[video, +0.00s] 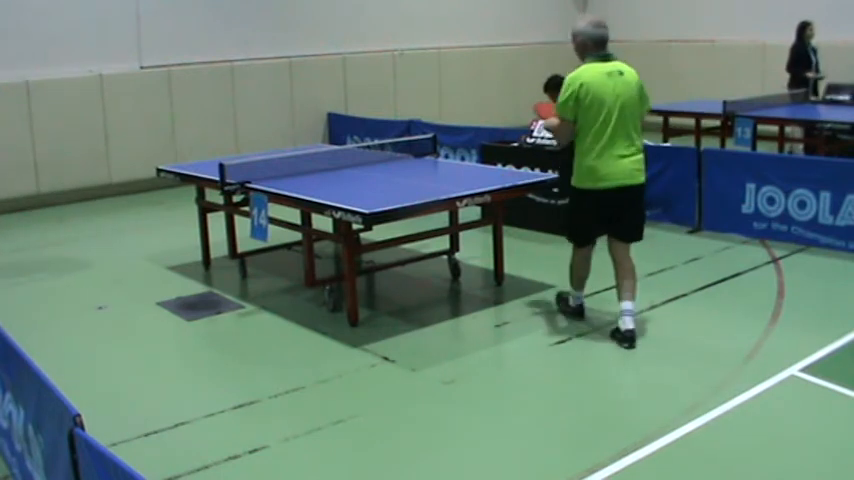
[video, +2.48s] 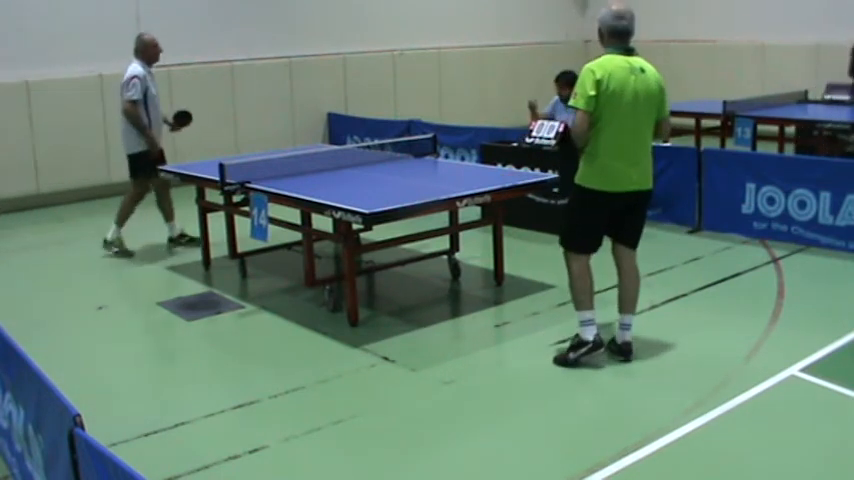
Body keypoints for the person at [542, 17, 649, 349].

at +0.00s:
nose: (572, 49)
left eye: (574, 44)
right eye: (574, 44)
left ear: (579, 46)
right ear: (606, 44)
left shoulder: (577, 80)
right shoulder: (631, 75)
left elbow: (562, 134)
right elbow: (642, 115)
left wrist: (552, 119)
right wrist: (610, 114)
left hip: (590, 181)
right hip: (631, 179)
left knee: (582, 246)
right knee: (621, 248)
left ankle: (576, 302)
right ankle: (628, 325)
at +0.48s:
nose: (582, 35)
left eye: (585, 30)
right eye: (584, 29)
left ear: (592, 36)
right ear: (617, 36)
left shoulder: (590, 74)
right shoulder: (641, 72)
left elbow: (578, 132)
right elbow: (644, 117)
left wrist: (566, 116)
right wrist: (601, 113)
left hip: (592, 184)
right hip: (633, 182)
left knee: (578, 256)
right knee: (622, 248)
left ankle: (586, 337)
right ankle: (627, 327)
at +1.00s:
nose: (554, 37)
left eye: (557, 32)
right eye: (555, 31)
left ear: (568, 37)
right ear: (592, 36)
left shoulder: (567, 75)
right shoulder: (617, 71)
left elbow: (558, 139)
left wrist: (541, 132)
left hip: (580, 190)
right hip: (617, 186)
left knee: (584, 267)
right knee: (611, 254)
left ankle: (590, 349)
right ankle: (621, 328)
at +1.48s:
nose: (555, 38)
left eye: (557, 33)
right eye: (556, 32)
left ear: (567, 37)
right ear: (594, 36)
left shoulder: (568, 78)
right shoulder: (618, 72)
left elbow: (566, 134)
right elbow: (629, 127)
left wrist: (548, 157)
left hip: (580, 191)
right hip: (616, 188)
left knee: (583, 268)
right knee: (607, 257)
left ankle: (590, 349)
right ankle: (622, 337)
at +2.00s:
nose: (582, 38)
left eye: (583, 33)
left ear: (585, 35)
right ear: (616, 34)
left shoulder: (582, 74)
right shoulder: (637, 72)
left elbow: (570, 135)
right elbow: (648, 129)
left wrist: (563, 139)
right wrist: (612, 128)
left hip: (590, 187)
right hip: (629, 184)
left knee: (586, 262)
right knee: (618, 253)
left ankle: (589, 349)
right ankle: (624, 340)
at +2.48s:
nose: (598, 38)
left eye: (598, 34)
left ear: (600, 35)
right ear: (632, 35)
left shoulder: (594, 71)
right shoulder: (652, 75)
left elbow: (580, 129)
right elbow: (663, 131)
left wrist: (580, 140)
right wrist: (629, 126)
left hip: (596, 184)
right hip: (638, 184)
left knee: (577, 252)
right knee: (626, 251)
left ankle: (588, 336)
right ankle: (625, 338)